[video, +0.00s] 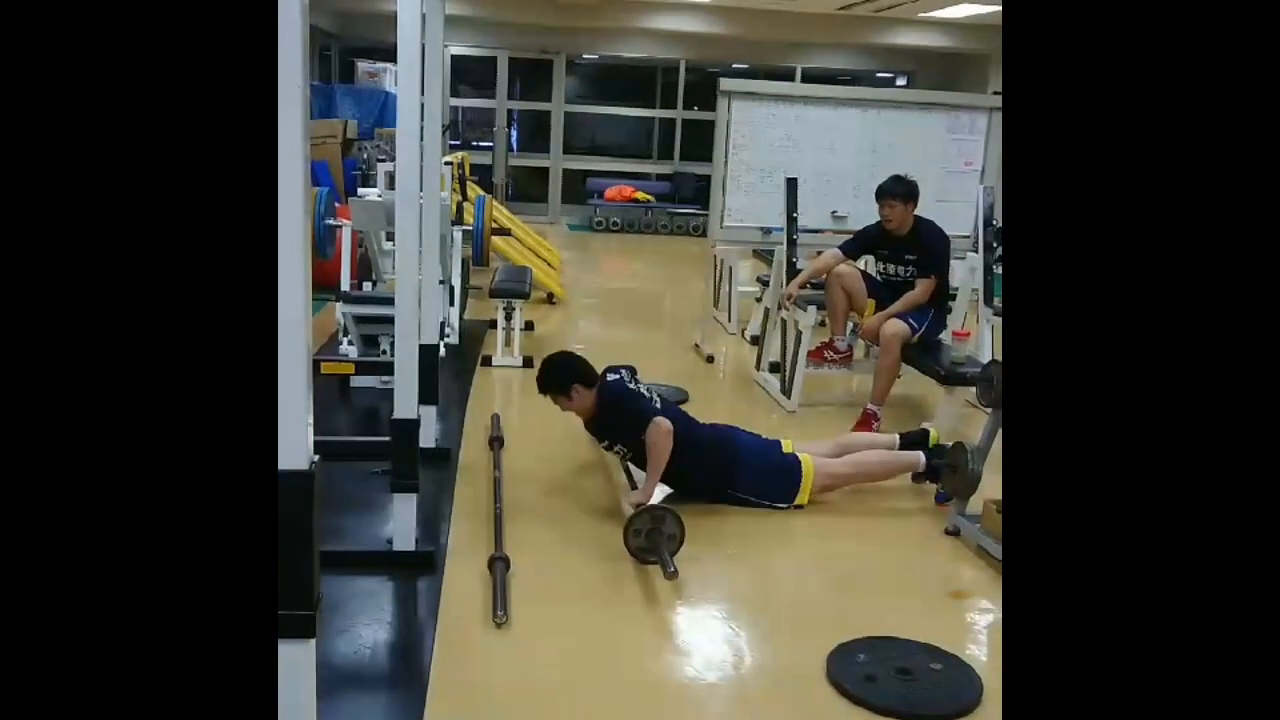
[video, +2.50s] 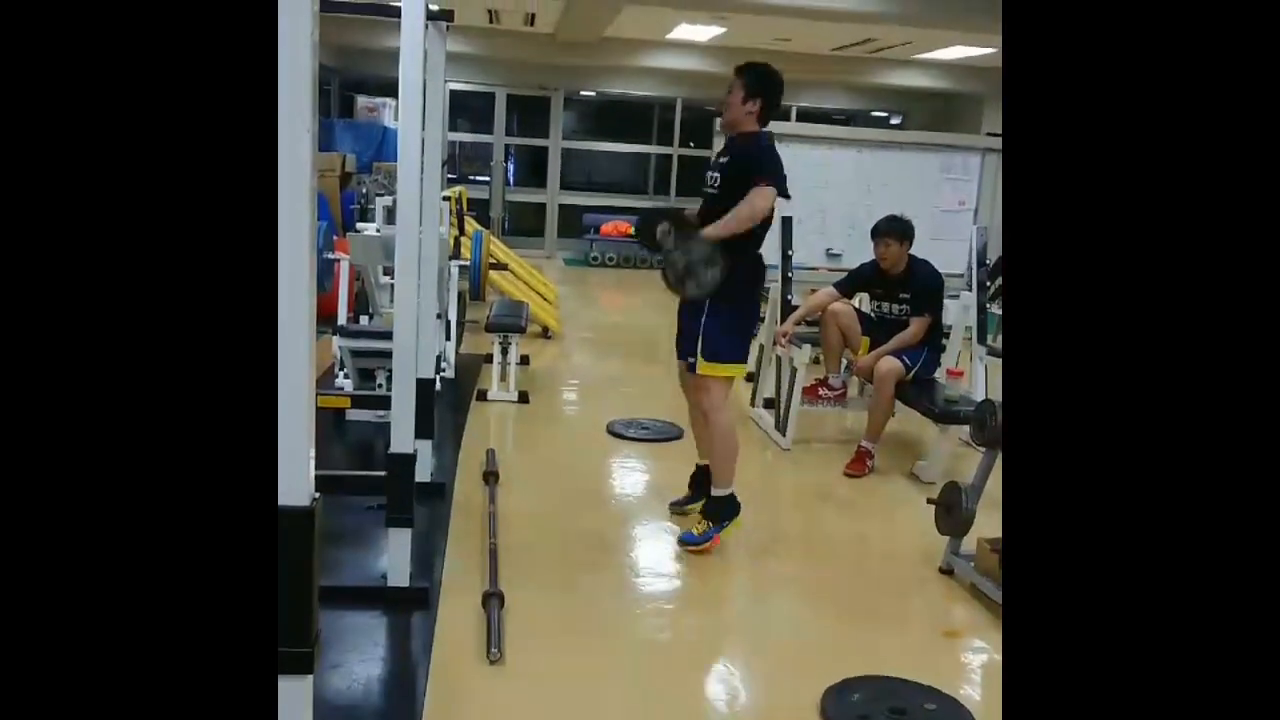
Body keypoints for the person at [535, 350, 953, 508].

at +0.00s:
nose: (562, 408)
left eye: (561, 401)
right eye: (557, 402)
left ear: (577, 389)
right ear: (576, 385)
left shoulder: (616, 399)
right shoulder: (600, 394)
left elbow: (661, 428)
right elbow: (647, 418)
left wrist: (647, 489)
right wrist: (636, 459)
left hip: (730, 465)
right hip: (727, 445)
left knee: (828, 477)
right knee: (822, 453)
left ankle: (931, 461)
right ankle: (914, 439)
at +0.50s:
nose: (582, 366)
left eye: (579, 359)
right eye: (577, 361)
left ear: (593, 347)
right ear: (596, 341)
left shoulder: (629, 355)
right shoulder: (622, 336)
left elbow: (641, 429)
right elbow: (626, 386)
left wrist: (643, 492)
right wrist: (620, 418)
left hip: (765, 315)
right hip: (742, 310)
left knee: (765, 422)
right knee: (736, 403)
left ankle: (852, 465)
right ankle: (819, 436)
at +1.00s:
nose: (603, 280)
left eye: (607, 271)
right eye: (604, 272)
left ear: (632, 276)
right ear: (634, 276)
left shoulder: (667, 310)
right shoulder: (652, 302)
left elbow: (671, 389)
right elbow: (641, 348)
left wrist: (653, 449)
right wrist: (627, 387)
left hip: (772, 351)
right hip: (751, 341)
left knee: (687, 400)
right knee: (678, 388)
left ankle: (705, 505)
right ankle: (690, 467)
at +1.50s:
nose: (721, 77)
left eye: (730, 71)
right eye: (725, 70)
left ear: (751, 83)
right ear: (743, 82)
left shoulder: (759, 126)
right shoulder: (722, 125)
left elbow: (779, 170)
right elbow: (697, 153)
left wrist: (731, 159)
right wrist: (666, 146)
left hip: (710, 264)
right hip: (678, 256)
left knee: (698, 370)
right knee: (671, 349)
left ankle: (719, 483)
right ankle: (690, 434)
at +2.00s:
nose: (713, 118)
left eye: (724, 111)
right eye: (714, 112)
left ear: (743, 127)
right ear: (716, 125)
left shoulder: (739, 173)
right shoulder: (711, 167)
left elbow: (737, 100)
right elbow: (710, 104)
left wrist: (744, 36)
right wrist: (706, 58)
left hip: (709, 311)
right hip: (683, 306)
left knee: (704, 421)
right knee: (676, 399)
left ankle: (736, 532)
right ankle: (701, 478)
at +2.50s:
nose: (723, 101)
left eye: (731, 94)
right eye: (726, 93)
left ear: (753, 104)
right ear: (747, 103)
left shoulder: (760, 151)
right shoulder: (727, 151)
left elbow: (759, 207)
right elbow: (716, 209)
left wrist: (700, 237)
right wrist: (681, 228)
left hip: (733, 286)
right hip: (705, 280)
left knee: (711, 391)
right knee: (692, 383)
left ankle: (724, 505)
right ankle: (707, 477)